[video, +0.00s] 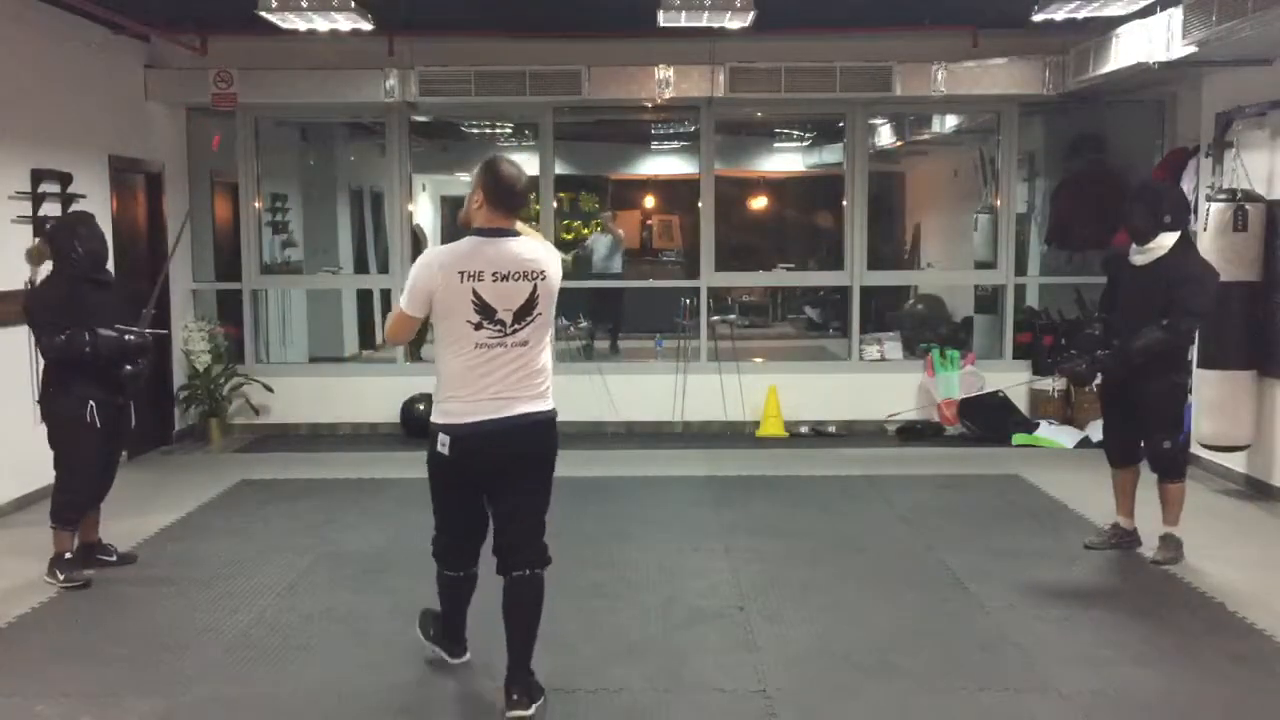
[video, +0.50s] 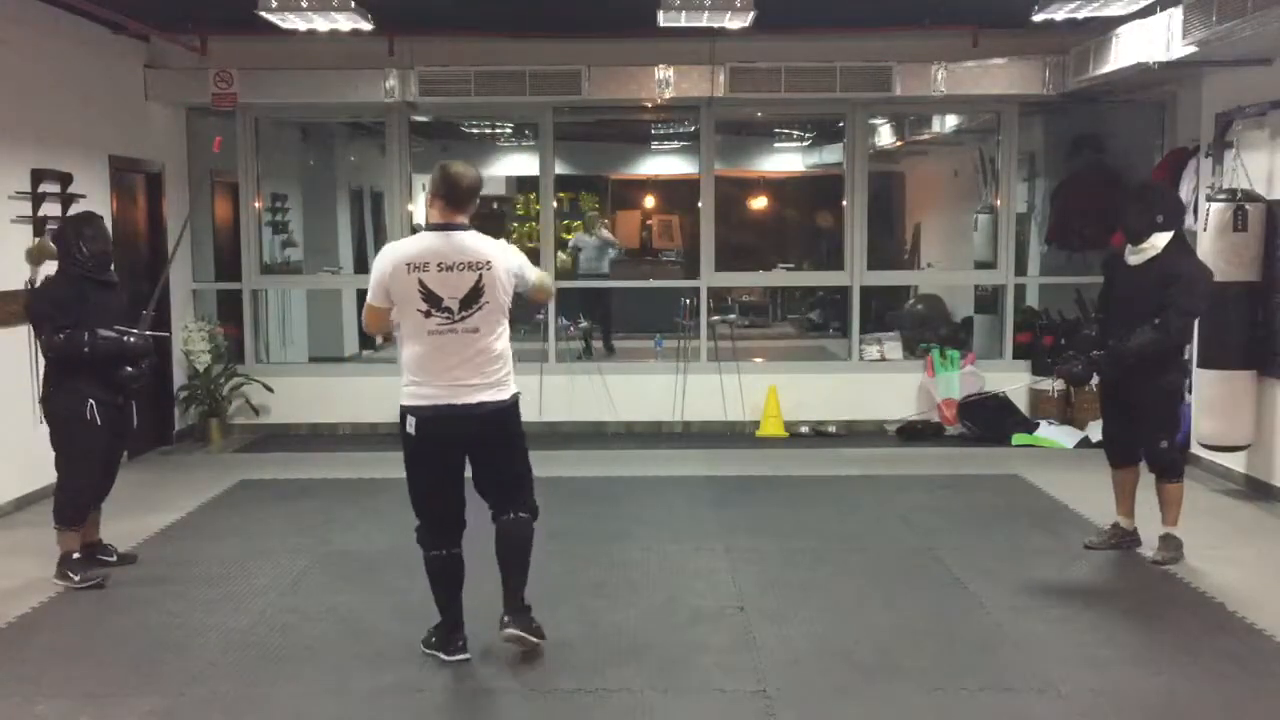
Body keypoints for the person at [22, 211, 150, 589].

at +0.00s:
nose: (94, 247)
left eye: (93, 239)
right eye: (84, 240)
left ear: (94, 242)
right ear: (68, 246)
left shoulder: (110, 289)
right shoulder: (48, 292)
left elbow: (133, 336)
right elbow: (53, 346)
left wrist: (136, 356)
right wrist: (110, 341)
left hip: (107, 391)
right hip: (68, 394)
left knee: (100, 469)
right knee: (76, 471)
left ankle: (89, 544)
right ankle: (61, 558)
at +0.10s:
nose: (96, 246)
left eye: (97, 238)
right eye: (86, 239)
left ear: (102, 241)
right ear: (68, 247)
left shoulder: (113, 289)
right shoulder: (50, 291)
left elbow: (139, 338)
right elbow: (53, 346)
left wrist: (137, 357)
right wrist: (110, 341)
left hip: (108, 391)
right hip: (69, 394)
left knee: (101, 468)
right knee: (75, 470)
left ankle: (89, 544)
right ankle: (61, 558)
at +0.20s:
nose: (98, 247)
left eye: (100, 239)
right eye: (88, 240)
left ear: (105, 242)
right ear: (70, 247)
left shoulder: (113, 289)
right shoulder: (51, 291)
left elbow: (138, 337)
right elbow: (53, 345)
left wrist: (139, 360)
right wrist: (110, 341)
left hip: (107, 390)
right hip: (69, 392)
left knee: (101, 467)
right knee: (76, 469)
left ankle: (89, 545)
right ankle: (62, 558)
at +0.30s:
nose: (100, 247)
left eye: (102, 239)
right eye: (89, 240)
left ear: (107, 241)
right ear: (71, 246)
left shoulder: (113, 289)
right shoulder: (52, 290)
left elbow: (136, 337)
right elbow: (53, 345)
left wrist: (140, 363)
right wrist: (113, 341)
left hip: (109, 390)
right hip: (70, 392)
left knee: (102, 467)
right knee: (77, 470)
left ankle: (89, 544)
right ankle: (62, 557)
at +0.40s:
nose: (99, 247)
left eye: (102, 239)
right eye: (89, 240)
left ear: (108, 241)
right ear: (70, 245)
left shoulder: (113, 289)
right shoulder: (52, 291)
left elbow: (137, 337)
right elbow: (54, 345)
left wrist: (140, 365)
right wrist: (115, 342)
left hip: (109, 389)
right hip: (71, 391)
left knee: (102, 467)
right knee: (77, 469)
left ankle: (90, 544)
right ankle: (62, 557)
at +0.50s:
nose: (100, 247)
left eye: (102, 239)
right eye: (90, 240)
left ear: (107, 242)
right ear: (71, 245)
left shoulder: (113, 289)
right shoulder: (52, 290)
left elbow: (136, 336)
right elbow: (54, 345)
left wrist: (140, 364)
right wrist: (115, 343)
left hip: (109, 389)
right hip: (71, 391)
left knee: (102, 466)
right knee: (78, 469)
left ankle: (90, 544)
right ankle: (68, 558)